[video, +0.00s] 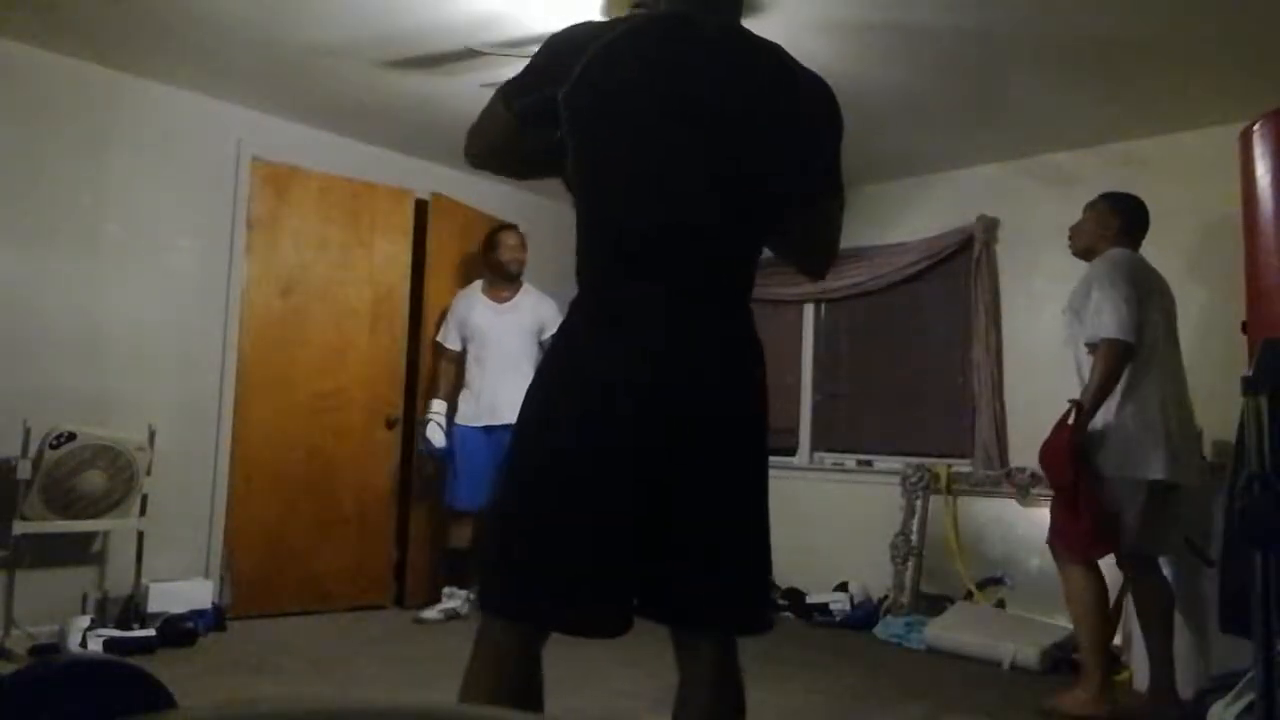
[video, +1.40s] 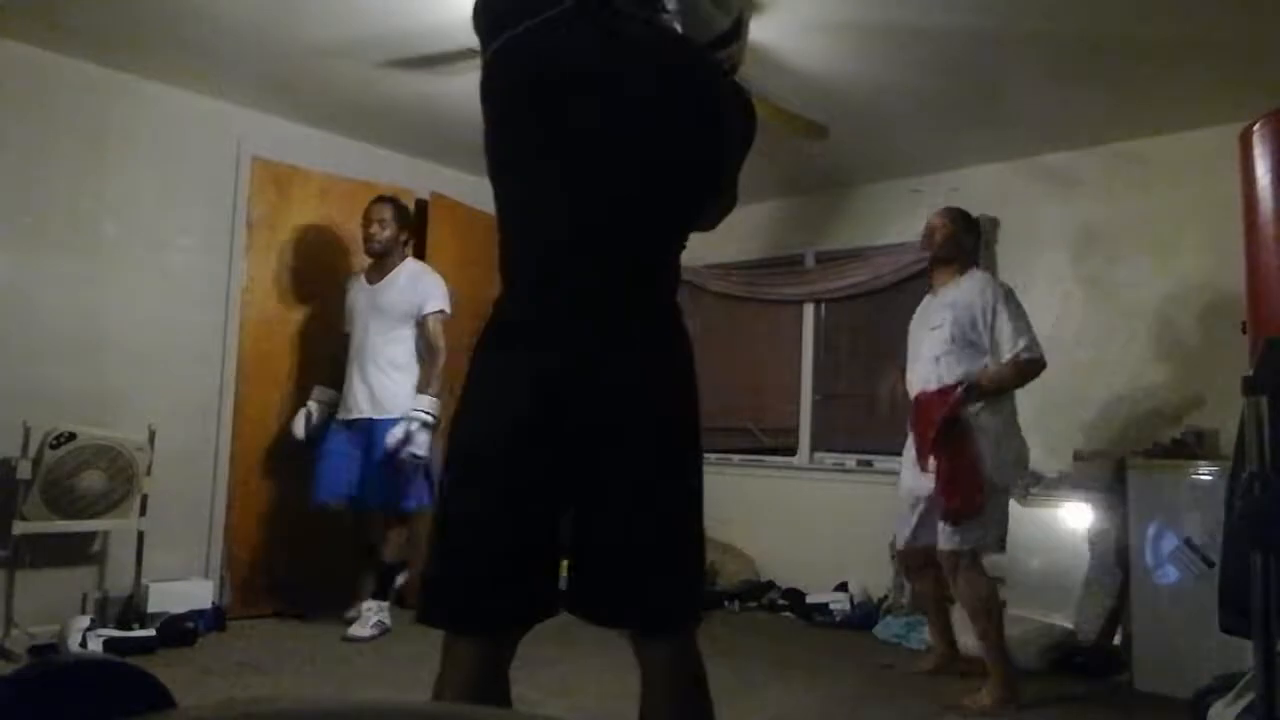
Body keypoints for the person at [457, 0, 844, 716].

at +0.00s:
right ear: (744, 1)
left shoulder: (589, 50)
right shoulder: (799, 91)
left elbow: (490, 144)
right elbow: (815, 250)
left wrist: (603, 154)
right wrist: (733, 176)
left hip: (596, 358)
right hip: (718, 369)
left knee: (511, 620)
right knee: (706, 634)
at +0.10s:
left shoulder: (579, 39)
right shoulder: (787, 87)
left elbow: (491, 130)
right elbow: (802, 246)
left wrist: (545, 181)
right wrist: (720, 187)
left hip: (583, 353)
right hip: (706, 365)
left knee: (506, 624)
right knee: (703, 640)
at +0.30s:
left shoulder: (533, 38)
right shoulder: (747, 83)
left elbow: (442, 127)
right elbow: (792, 257)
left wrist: (460, 186)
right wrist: (708, 167)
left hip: (548, 357)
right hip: (673, 368)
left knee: (497, 642)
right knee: (689, 646)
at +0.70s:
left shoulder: (445, 30)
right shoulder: (664, 68)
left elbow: (362, 108)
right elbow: (743, 241)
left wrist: (467, 89)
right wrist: (686, 127)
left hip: (471, 363)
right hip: (599, 370)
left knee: (451, 645)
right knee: (639, 635)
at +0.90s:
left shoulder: (450, 36)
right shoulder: (658, 77)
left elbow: (394, 79)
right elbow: (711, 235)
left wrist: (441, 2)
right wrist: (677, 107)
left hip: (466, 365)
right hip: (592, 371)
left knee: (446, 644)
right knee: (633, 634)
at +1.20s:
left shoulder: (479, 58)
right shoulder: (676, 82)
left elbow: (455, 15)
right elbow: (682, 211)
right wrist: (688, 74)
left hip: (493, 362)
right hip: (614, 368)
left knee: (461, 640)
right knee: (650, 635)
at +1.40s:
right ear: (656, 2)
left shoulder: (512, 62)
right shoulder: (708, 92)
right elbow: (709, 208)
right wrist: (717, 79)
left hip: (523, 367)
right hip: (643, 375)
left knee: (476, 643)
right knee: (666, 641)